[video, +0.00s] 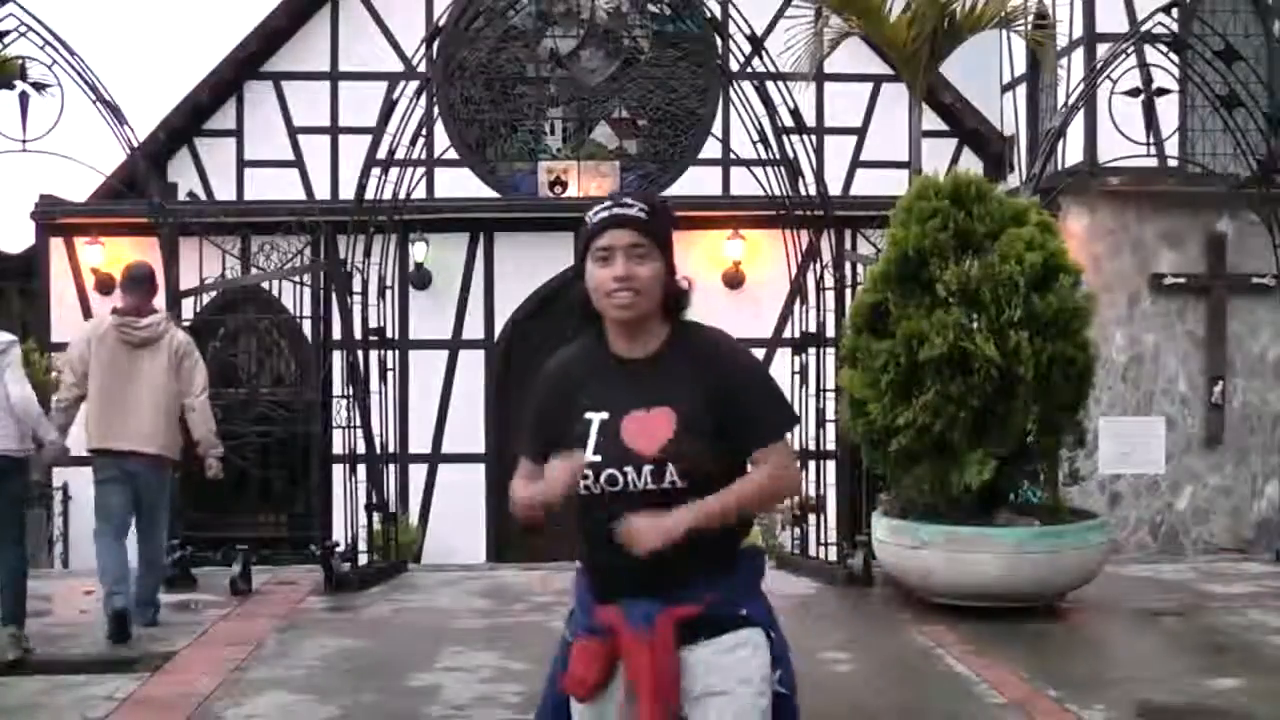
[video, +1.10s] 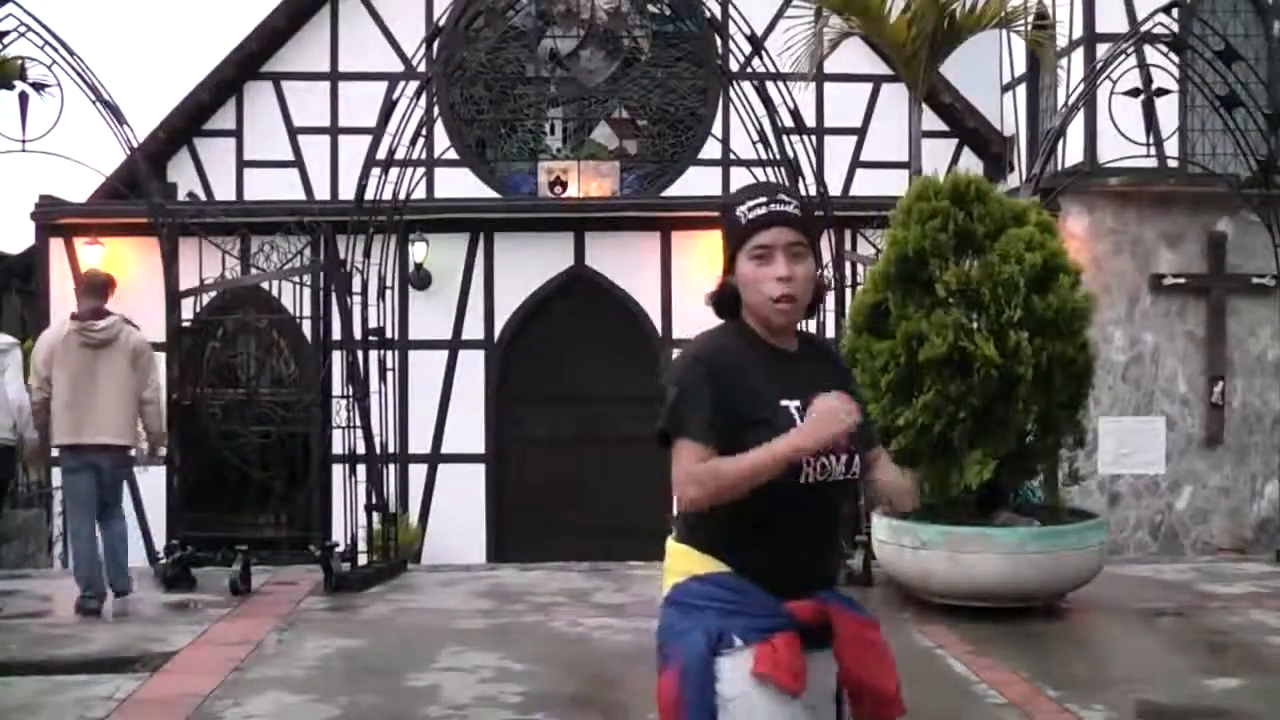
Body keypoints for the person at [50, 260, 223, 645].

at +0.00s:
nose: (129, 299)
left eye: (125, 292)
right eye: (144, 292)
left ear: (120, 290)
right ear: (155, 293)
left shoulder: (94, 334)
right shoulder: (177, 341)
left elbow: (68, 393)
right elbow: (196, 400)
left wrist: (53, 439)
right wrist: (211, 452)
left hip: (108, 448)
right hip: (156, 450)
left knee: (110, 530)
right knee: (153, 536)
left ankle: (117, 602)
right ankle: (145, 611)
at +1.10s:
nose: (88, 301)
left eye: (82, 293)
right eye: (103, 295)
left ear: (78, 294)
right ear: (110, 296)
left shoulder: (53, 339)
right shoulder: (133, 339)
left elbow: (39, 396)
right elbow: (149, 395)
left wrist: (43, 437)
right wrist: (156, 440)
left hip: (74, 441)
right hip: (116, 441)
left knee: (80, 520)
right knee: (112, 512)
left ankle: (90, 596)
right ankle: (120, 586)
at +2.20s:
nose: (78, 316)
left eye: (74, 310)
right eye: (85, 309)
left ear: (66, 310)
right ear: (96, 308)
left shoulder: (48, 344)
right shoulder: (122, 340)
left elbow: (43, 395)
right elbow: (139, 392)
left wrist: (52, 428)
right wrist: (128, 426)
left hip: (67, 438)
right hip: (106, 436)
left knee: (71, 506)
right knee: (96, 507)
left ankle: (72, 569)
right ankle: (88, 577)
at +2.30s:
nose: (80, 316)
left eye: (75, 310)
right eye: (88, 309)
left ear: (67, 311)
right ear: (96, 309)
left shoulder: (47, 345)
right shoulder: (121, 343)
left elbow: (43, 395)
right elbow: (137, 396)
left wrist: (53, 427)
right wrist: (130, 429)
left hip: (67, 437)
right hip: (106, 436)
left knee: (71, 506)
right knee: (98, 506)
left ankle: (73, 570)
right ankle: (87, 576)